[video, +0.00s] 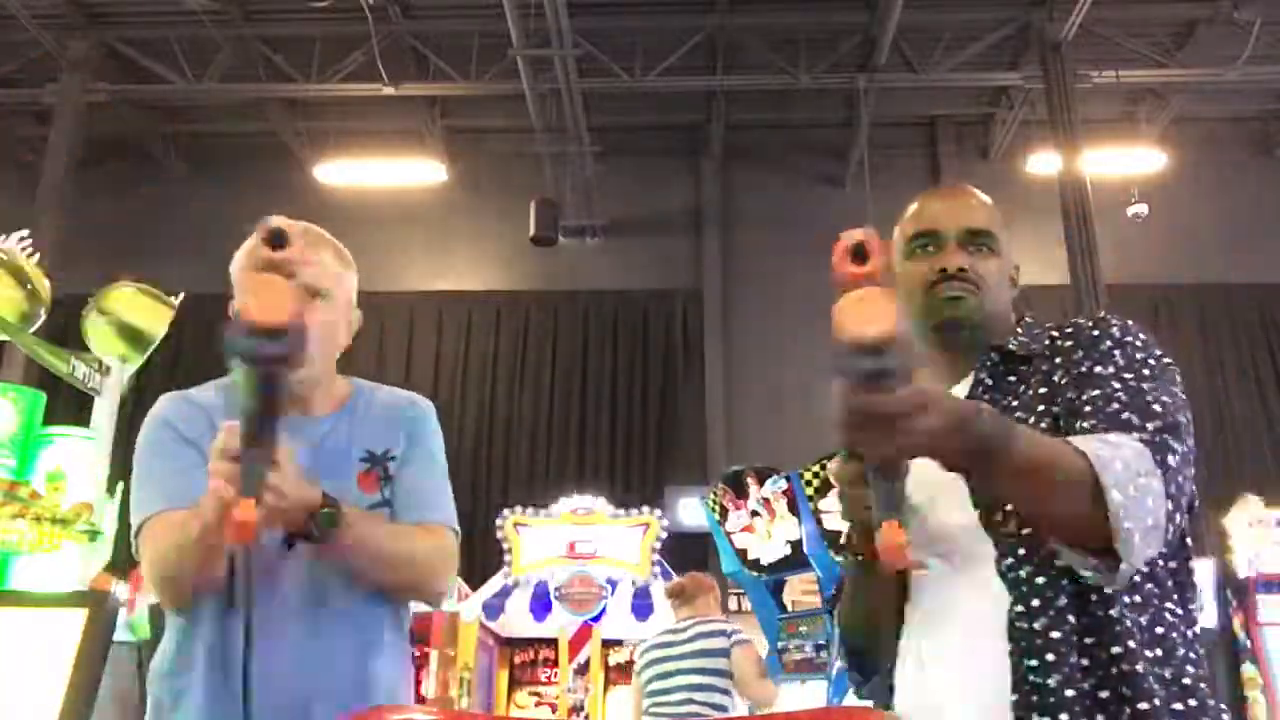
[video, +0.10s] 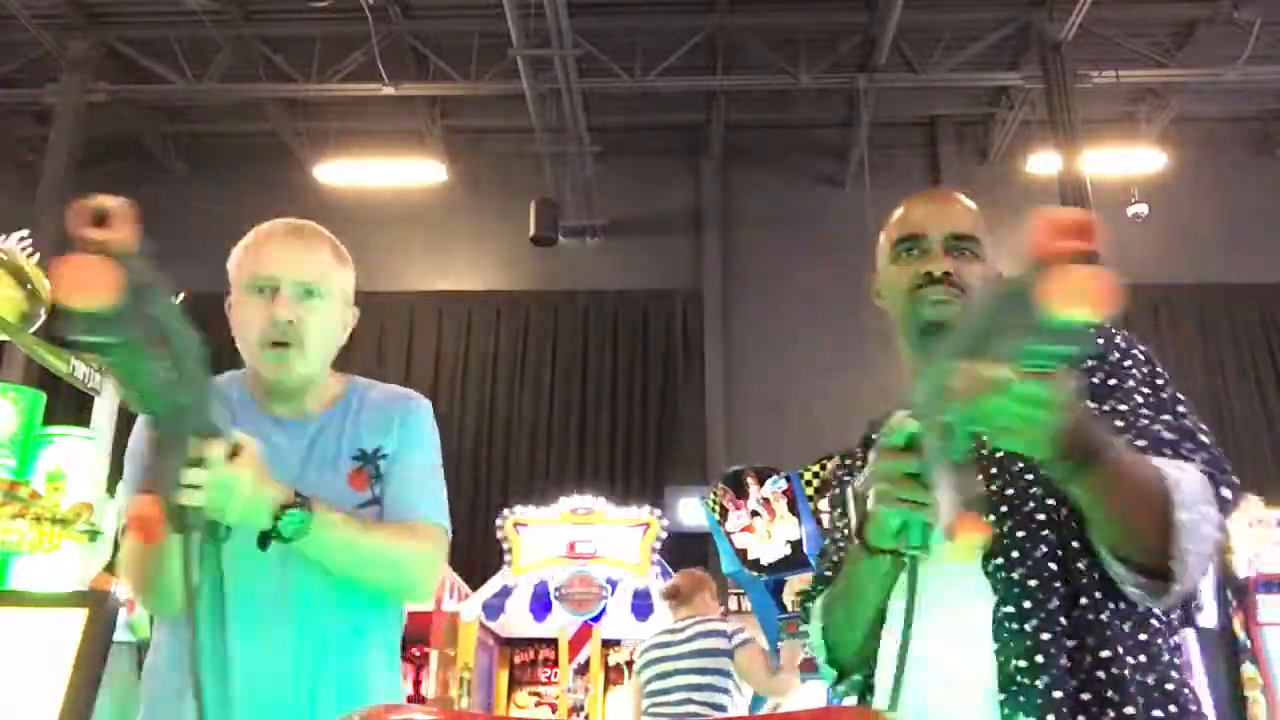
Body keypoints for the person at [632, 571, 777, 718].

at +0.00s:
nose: (721, 610)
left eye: (719, 603)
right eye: (719, 602)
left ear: (675, 608)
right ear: (713, 598)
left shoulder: (646, 647)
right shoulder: (728, 632)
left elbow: (638, 712)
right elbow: (755, 691)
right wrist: (770, 692)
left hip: (656, 714)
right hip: (708, 713)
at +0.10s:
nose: (720, 607)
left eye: (717, 600)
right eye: (716, 599)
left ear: (672, 607)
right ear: (707, 597)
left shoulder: (645, 647)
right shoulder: (727, 630)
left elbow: (636, 712)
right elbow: (769, 687)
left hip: (655, 715)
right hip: (709, 713)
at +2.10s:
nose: (716, 606)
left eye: (714, 599)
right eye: (715, 599)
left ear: (672, 605)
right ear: (710, 595)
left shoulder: (644, 648)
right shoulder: (729, 631)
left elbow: (637, 712)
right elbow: (781, 683)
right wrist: (798, 657)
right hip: (707, 712)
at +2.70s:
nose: (723, 609)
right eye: (721, 603)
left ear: (675, 609)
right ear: (714, 600)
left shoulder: (646, 650)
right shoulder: (731, 633)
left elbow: (639, 713)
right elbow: (778, 695)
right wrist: (794, 665)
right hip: (710, 712)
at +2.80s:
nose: (721, 611)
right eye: (720, 605)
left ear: (676, 610)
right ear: (714, 602)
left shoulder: (646, 648)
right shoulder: (729, 633)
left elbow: (638, 713)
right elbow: (758, 694)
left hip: (658, 716)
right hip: (707, 714)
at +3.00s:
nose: (721, 606)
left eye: (718, 599)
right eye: (718, 599)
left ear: (675, 607)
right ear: (711, 596)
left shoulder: (646, 647)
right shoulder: (728, 631)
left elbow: (638, 713)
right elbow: (759, 690)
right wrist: (786, 686)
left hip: (656, 715)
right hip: (709, 713)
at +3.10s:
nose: (719, 605)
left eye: (716, 598)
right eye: (716, 597)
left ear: (672, 606)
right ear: (709, 594)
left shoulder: (644, 647)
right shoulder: (728, 630)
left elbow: (638, 711)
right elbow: (778, 685)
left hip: (656, 715)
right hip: (710, 713)